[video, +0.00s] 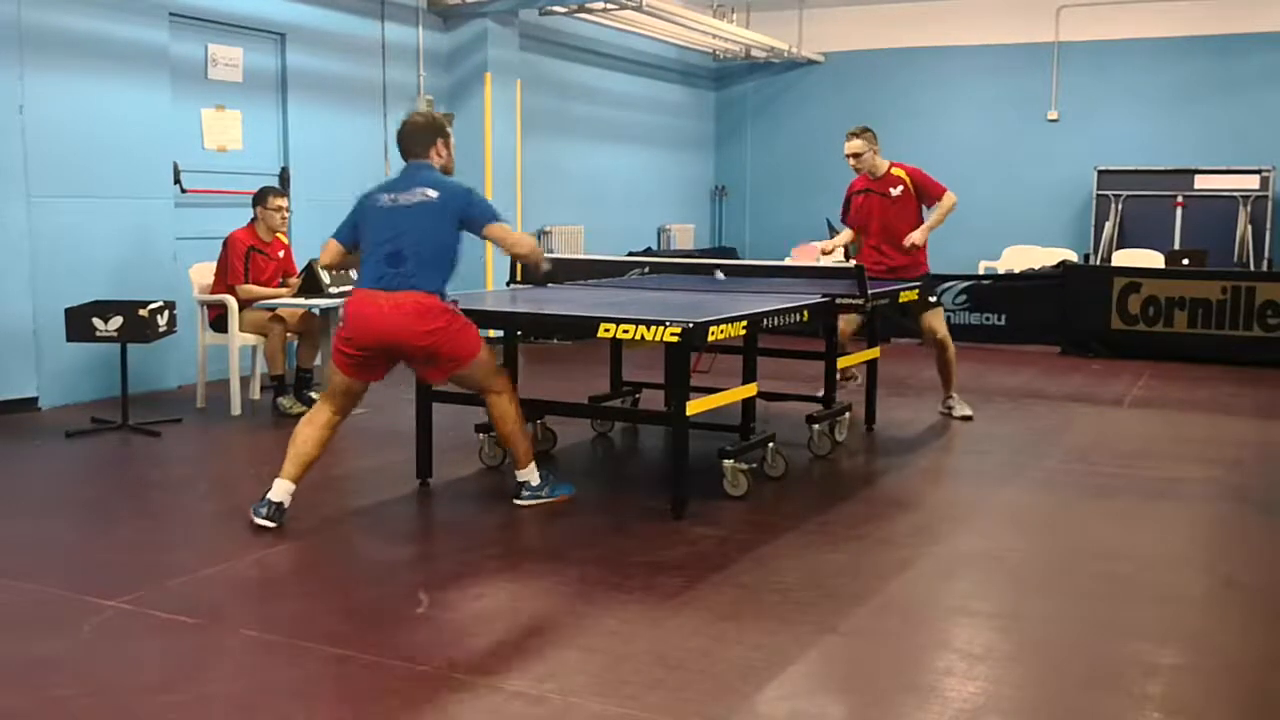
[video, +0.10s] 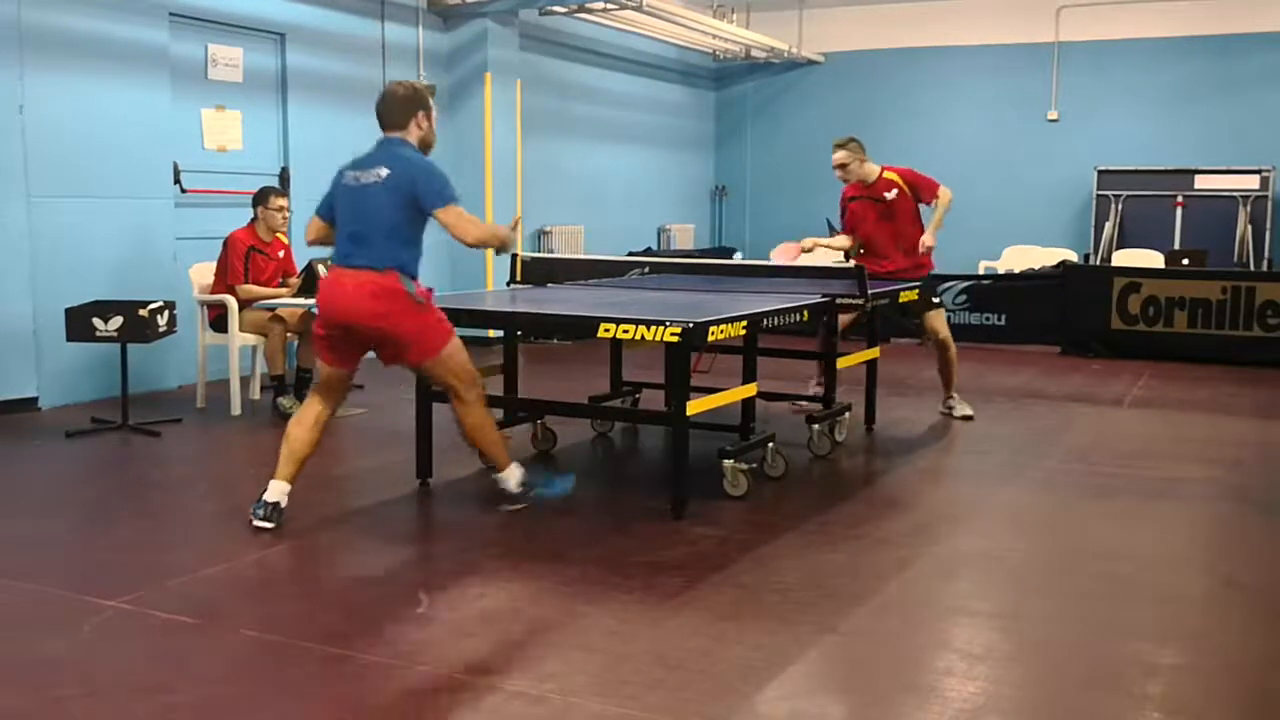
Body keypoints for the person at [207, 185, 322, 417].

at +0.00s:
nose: (285, 216)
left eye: (287, 210)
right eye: (278, 210)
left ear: (288, 212)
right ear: (259, 212)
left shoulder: (282, 242)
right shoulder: (237, 241)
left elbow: (291, 280)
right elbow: (242, 291)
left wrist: (311, 284)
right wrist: (288, 292)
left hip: (259, 308)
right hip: (226, 312)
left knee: (313, 322)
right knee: (276, 325)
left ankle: (303, 390)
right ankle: (281, 396)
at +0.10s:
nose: (286, 215)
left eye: (287, 210)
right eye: (279, 210)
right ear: (260, 212)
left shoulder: (281, 242)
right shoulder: (238, 240)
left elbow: (291, 281)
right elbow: (242, 291)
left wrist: (313, 280)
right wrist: (288, 292)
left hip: (260, 308)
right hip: (226, 312)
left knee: (312, 322)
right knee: (276, 325)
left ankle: (302, 394)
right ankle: (281, 397)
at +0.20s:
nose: (286, 216)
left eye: (287, 210)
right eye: (279, 210)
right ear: (261, 213)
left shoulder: (281, 241)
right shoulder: (238, 240)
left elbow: (290, 278)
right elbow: (241, 291)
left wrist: (304, 285)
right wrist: (287, 291)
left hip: (261, 307)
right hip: (226, 311)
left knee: (308, 320)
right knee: (276, 324)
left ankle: (312, 390)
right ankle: (280, 393)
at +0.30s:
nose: (285, 217)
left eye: (286, 210)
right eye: (279, 210)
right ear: (260, 213)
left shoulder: (281, 241)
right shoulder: (237, 241)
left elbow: (288, 279)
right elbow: (242, 291)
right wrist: (288, 292)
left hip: (258, 307)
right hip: (225, 311)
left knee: (299, 320)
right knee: (277, 325)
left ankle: (301, 388)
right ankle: (283, 395)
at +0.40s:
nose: (286, 215)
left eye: (287, 210)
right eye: (279, 210)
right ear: (261, 212)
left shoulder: (284, 242)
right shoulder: (238, 240)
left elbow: (289, 280)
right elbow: (242, 291)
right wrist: (283, 293)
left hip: (258, 308)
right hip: (225, 313)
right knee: (279, 323)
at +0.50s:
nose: (285, 215)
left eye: (287, 210)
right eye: (277, 210)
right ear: (260, 212)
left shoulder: (282, 242)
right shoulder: (238, 240)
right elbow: (242, 291)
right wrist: (278, 293)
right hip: (226, 313)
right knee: (281, 322)